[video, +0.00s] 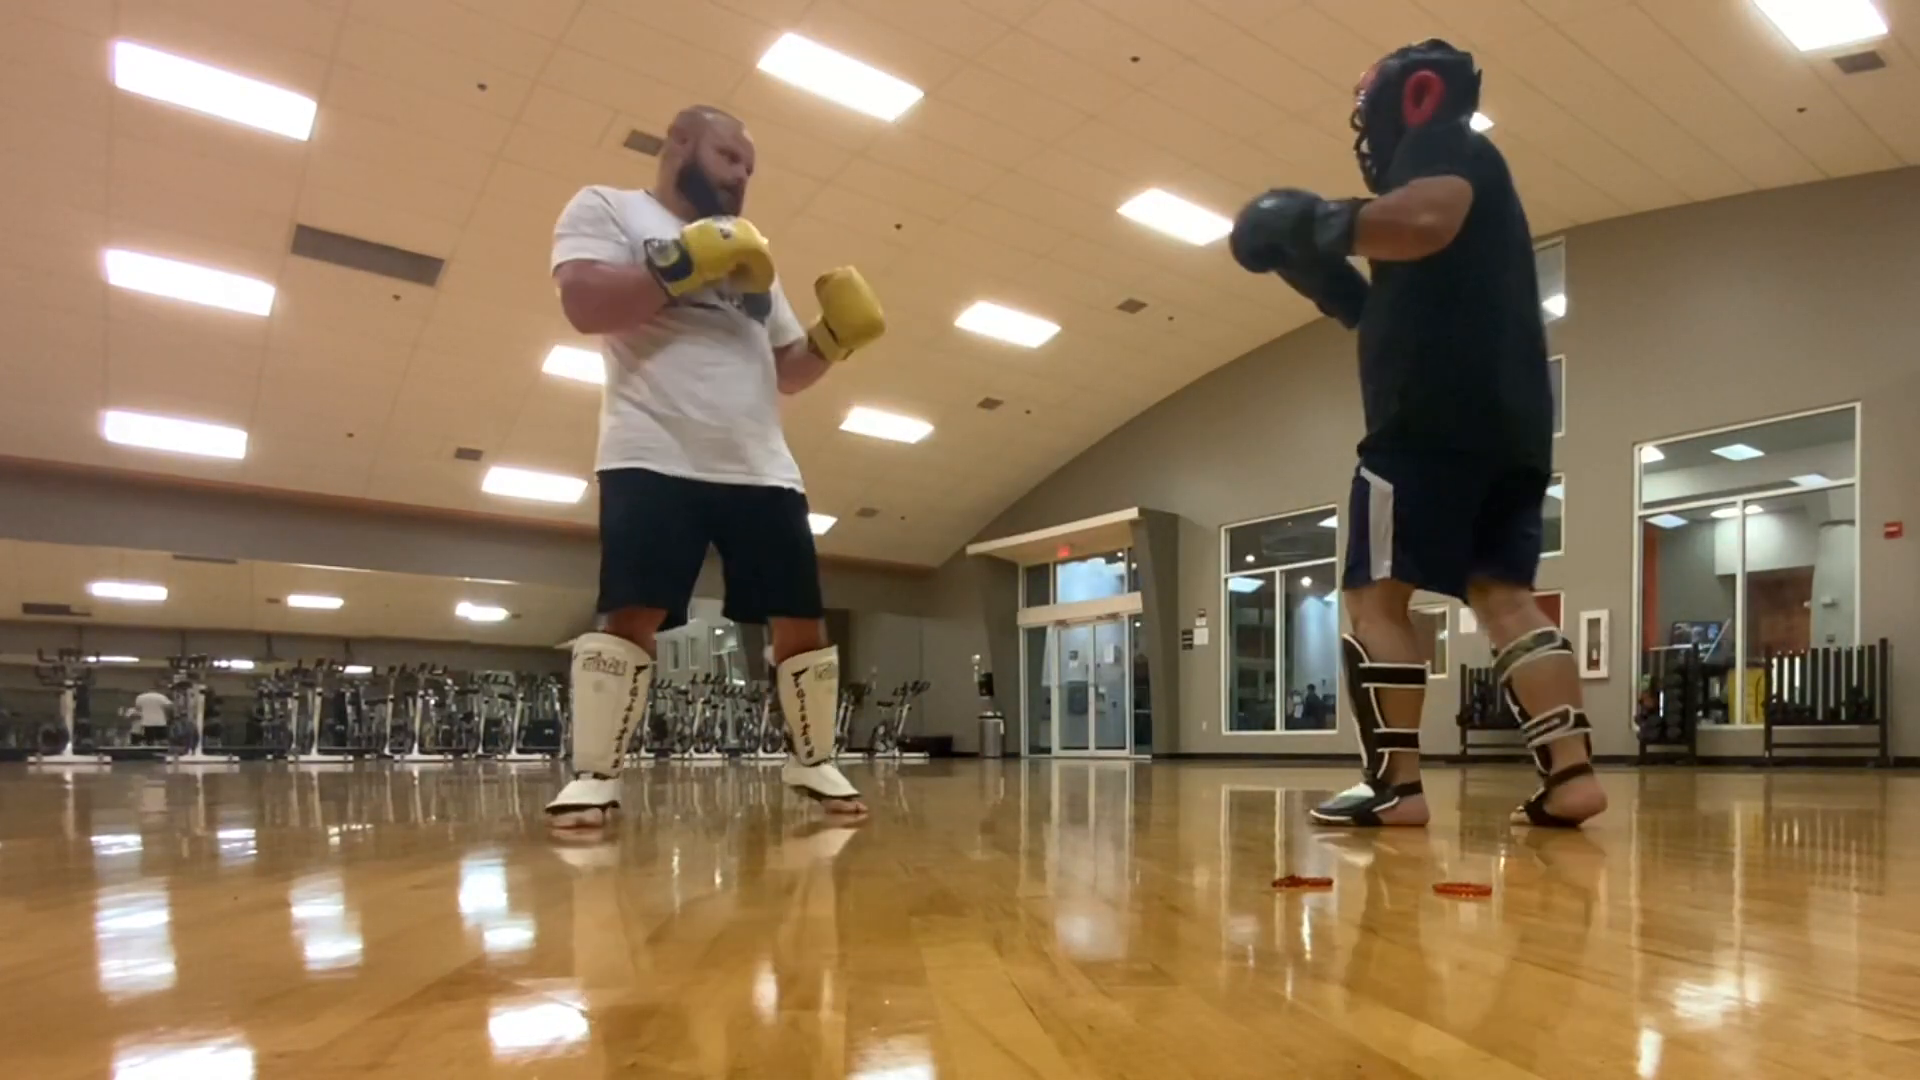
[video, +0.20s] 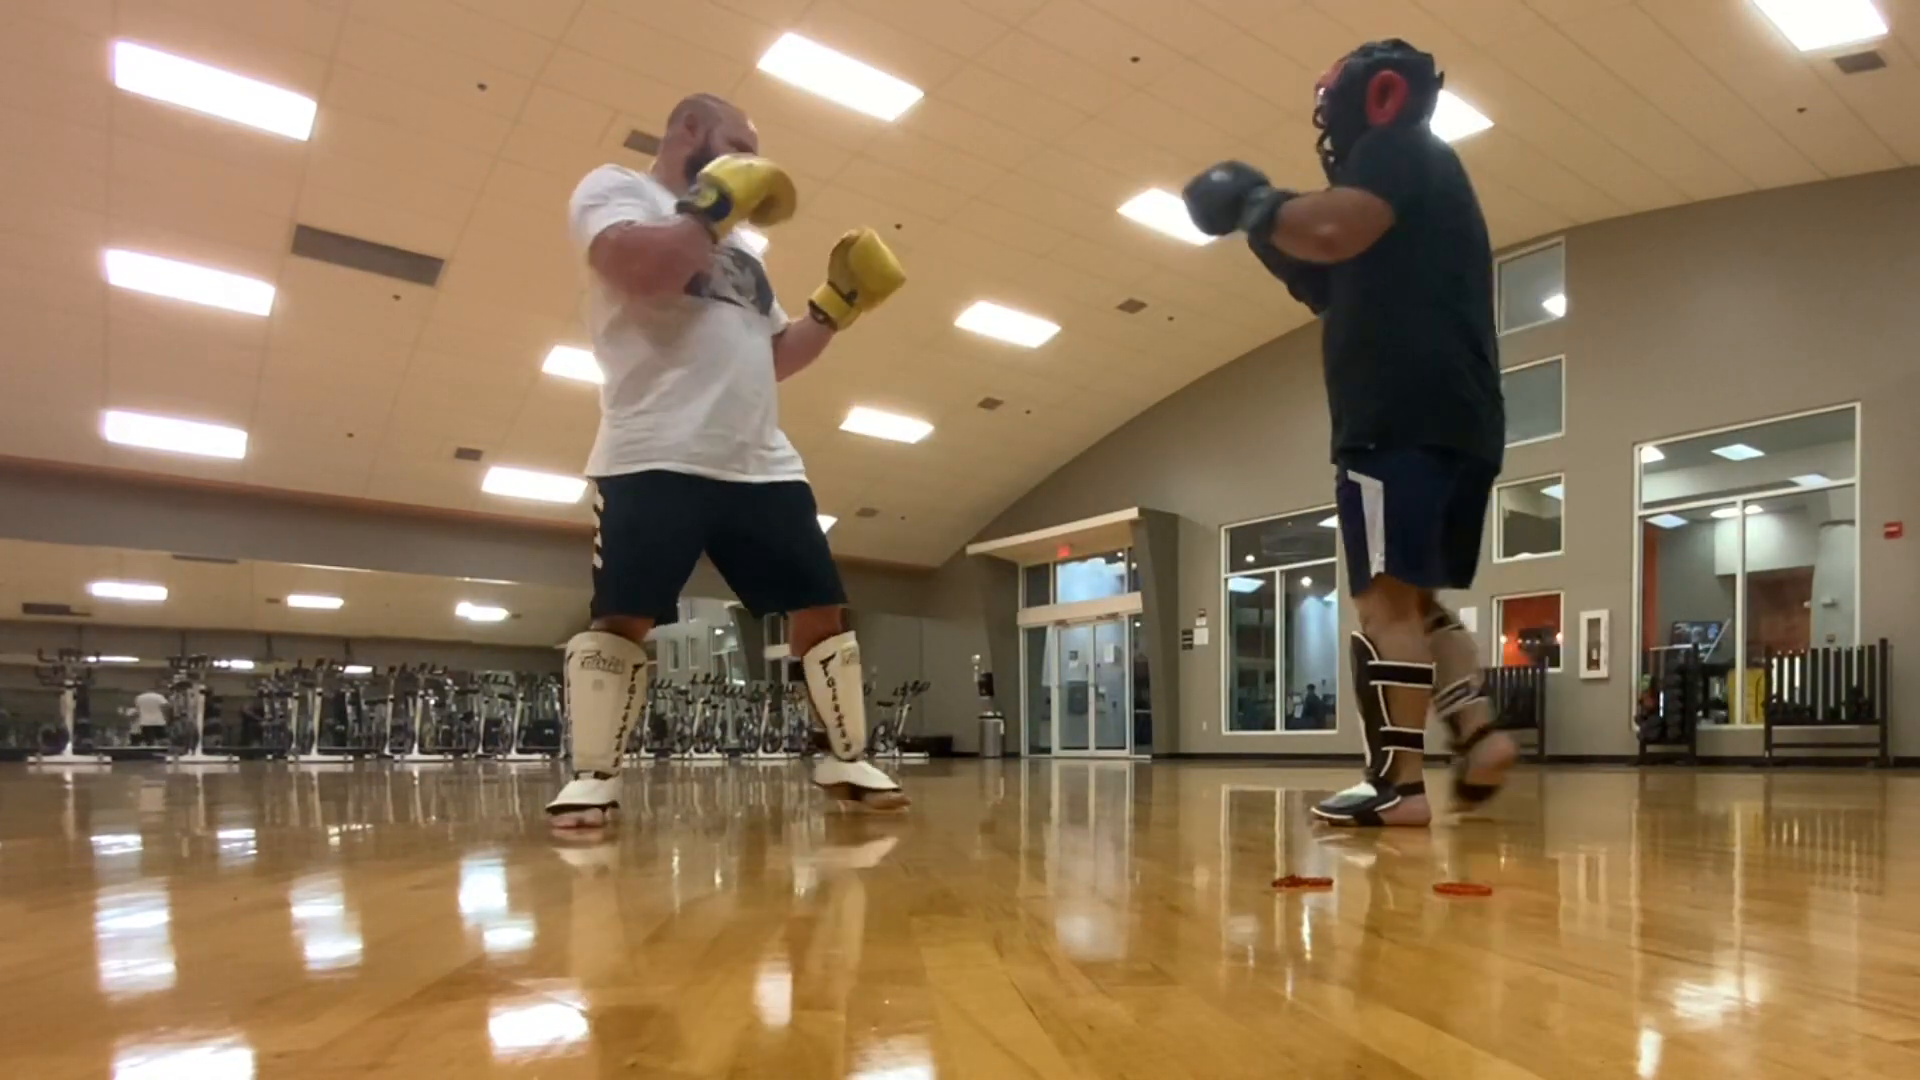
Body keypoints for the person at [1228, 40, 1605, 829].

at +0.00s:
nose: (1357, 118)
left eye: (1368, 99)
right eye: (1360, 103)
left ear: (1419, 94)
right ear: (1439, 100)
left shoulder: (1445, 144)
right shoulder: (1479, 183)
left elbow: (1431, 220)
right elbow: (1414, 321)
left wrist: (1314, 222)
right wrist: (1330, 279)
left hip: (1426, 418)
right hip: (1511, 424)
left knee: (1373, 596)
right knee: (1503, 594)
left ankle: (1395, 784)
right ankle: (1571, 773)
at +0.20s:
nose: (1322, 110)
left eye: (1334, 94)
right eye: (1324, 97)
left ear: (1385, 93)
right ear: (1395, 98)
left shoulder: (1401, 148)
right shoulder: (1425, 178)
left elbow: (1338, 230)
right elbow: (1335, 297)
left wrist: (1251, 202)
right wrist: (1268, 234)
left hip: (1396, 407)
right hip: (1455, 410)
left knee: (1384, 597)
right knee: (1414, 594)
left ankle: (1397, 783)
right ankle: (1477, 736)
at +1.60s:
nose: (1354, 189)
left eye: (1367, 175)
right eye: (1356, 180)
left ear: (1418, 178)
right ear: (1419, 183)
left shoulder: (1451, 232)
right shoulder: (1410, 259)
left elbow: (1397, 276)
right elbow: (1349, 331)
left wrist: (1315, 213)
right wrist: (1288, 289)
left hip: (1446, 455)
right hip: (1432, 457)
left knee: (1415, 609)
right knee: (1422, 609)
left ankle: (1427, 777)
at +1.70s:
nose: (1387, 193)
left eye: (1401, 177)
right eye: (1389, 182)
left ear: (1452, 184)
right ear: (1454, 189)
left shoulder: (1480, 235)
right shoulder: (1433, 284)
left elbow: (1465, 285)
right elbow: (1414, 392)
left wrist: (1372, 233)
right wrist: (1348, 350)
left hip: (1456, 462)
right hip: (1501, 464)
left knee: (1424, 612)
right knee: (1497, 617)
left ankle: (1430, 779)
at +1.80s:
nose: (1413, 203)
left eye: (1428, 186)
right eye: (1414, 192)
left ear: (1479, 200)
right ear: (1473, 207)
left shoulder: (1509, 250)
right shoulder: (1465, 293)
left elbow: (1522, 309)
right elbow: (1450, 416)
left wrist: (1417, 278)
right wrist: (1381, 381)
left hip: (1491, 477)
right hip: (1529, 477)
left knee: (1437, 613)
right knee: (1561, 625)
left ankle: (1431, 778)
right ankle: (1625, 776)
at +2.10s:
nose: (1457, 215)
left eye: (1471, 199)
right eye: (1458, 204)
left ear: (1520, 206)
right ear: (1517, 211)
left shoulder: (1551, 253)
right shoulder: (1505, 291)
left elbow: (1501, 303)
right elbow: (1447, 387)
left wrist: (1440, 253)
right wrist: (1411, 319)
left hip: (1538, 465)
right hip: (1573, 471)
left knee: (1467, 600)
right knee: (1589, 620)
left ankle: (1493, 755)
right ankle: (1630, 779)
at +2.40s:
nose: (1431, 237)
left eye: (1444, 221)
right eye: (1433, 225)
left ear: (1491, 223)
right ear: (1492, 227)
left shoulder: (1518, 267)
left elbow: (1485, 333)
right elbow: (1450, 409)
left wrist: (1391, 326)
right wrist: (1397, 359)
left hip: (1486, 489)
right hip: (1540, 494)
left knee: (1423, 621)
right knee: (1570, 635)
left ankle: (1365, 773)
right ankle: (1629, 782)